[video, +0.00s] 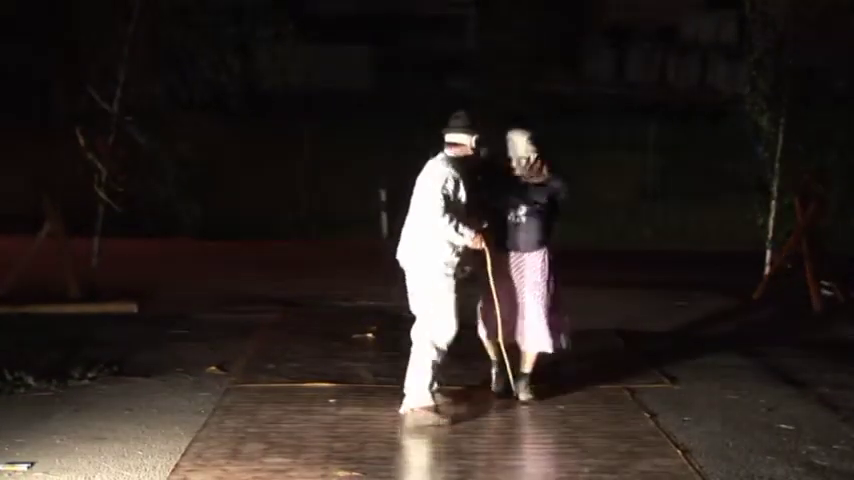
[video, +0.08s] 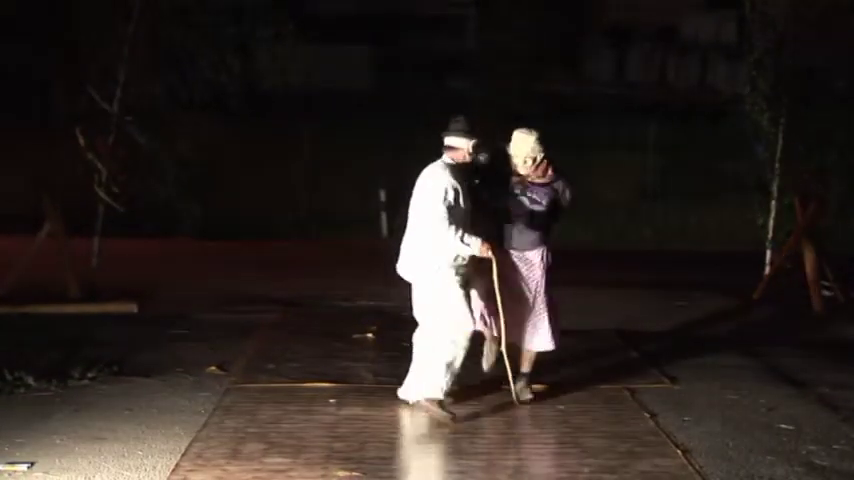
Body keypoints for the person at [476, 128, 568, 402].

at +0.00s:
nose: (521, 166)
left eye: (527, 160)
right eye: (517, 161)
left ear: (535, 158)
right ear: (509, 160)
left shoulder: (547, 186)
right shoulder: (497, 181)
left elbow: (562, 199)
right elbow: (483, 210)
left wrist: (544, 181)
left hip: (534, 257)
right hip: (501, 256)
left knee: (533, 316)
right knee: (488, 318)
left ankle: (524, 379)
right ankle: (497, 366)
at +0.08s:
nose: (523, 167)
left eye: (528, 162)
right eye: (519, 162)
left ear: (538, 159)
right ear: (512, 159)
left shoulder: (553, 187)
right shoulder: (502, 181)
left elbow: (544, 221)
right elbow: (487, 207)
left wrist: (548, 180)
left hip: (533, 256)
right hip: (500, 254)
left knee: (534, 316)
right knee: (480, 294)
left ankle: (523, 379)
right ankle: (490, 339)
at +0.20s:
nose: (527, 162)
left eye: (532, 157)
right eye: (523, 156)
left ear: (543, 157)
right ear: (517, 155)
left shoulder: (556, 187)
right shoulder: (507, 179)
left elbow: (565, 207)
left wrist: (556, 181)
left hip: (534, 254)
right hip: (506, 251)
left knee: (533, 317)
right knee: (511, 315)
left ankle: (522, 378)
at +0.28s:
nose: (534, 167)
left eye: (539, 161)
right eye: (530, 161)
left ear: (546, 160)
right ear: (521, 157)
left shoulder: (553, 186)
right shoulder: (509, 175)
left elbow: (548, 216)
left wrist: (548, 187)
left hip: (530, 255)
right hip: (501, 249)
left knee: (529, 312)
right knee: (484, 310)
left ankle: (519, 379)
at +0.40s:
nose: (540, 168)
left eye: (544, 163)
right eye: (535, 162)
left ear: (550, 163)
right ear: (524, 160)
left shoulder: (552, 188)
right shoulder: (508, 182)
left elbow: (554, 221)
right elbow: (494, 216)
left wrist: (553, 192)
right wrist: (498, 256)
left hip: (535, 260)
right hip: (509, 257)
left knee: (530, 317)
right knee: (512, 315)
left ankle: (520, 378)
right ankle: (517, 373)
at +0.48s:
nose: (539, 163)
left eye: (543, 158)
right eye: (534, 158)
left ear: (548, 158)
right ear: (522, 155)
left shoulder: (552, 182)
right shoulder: (507, 178)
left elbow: (552, 215)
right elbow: (494, 208)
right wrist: (497, 236)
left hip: (533, 254)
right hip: (507, 252)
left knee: (527, 310)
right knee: (503, 306)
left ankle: (519, 375)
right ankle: (497, 357)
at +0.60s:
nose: (534, 158)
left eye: (538, 153)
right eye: (529, 152)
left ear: (545, 155)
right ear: (517, 151)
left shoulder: (548, 185)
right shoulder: (502, 178)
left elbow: (544, 225)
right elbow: (494, 212)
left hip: (532, 256)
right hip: (505, 252)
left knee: (531, 313)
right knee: (509, 313)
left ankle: (517, 372)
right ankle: (510, 377)